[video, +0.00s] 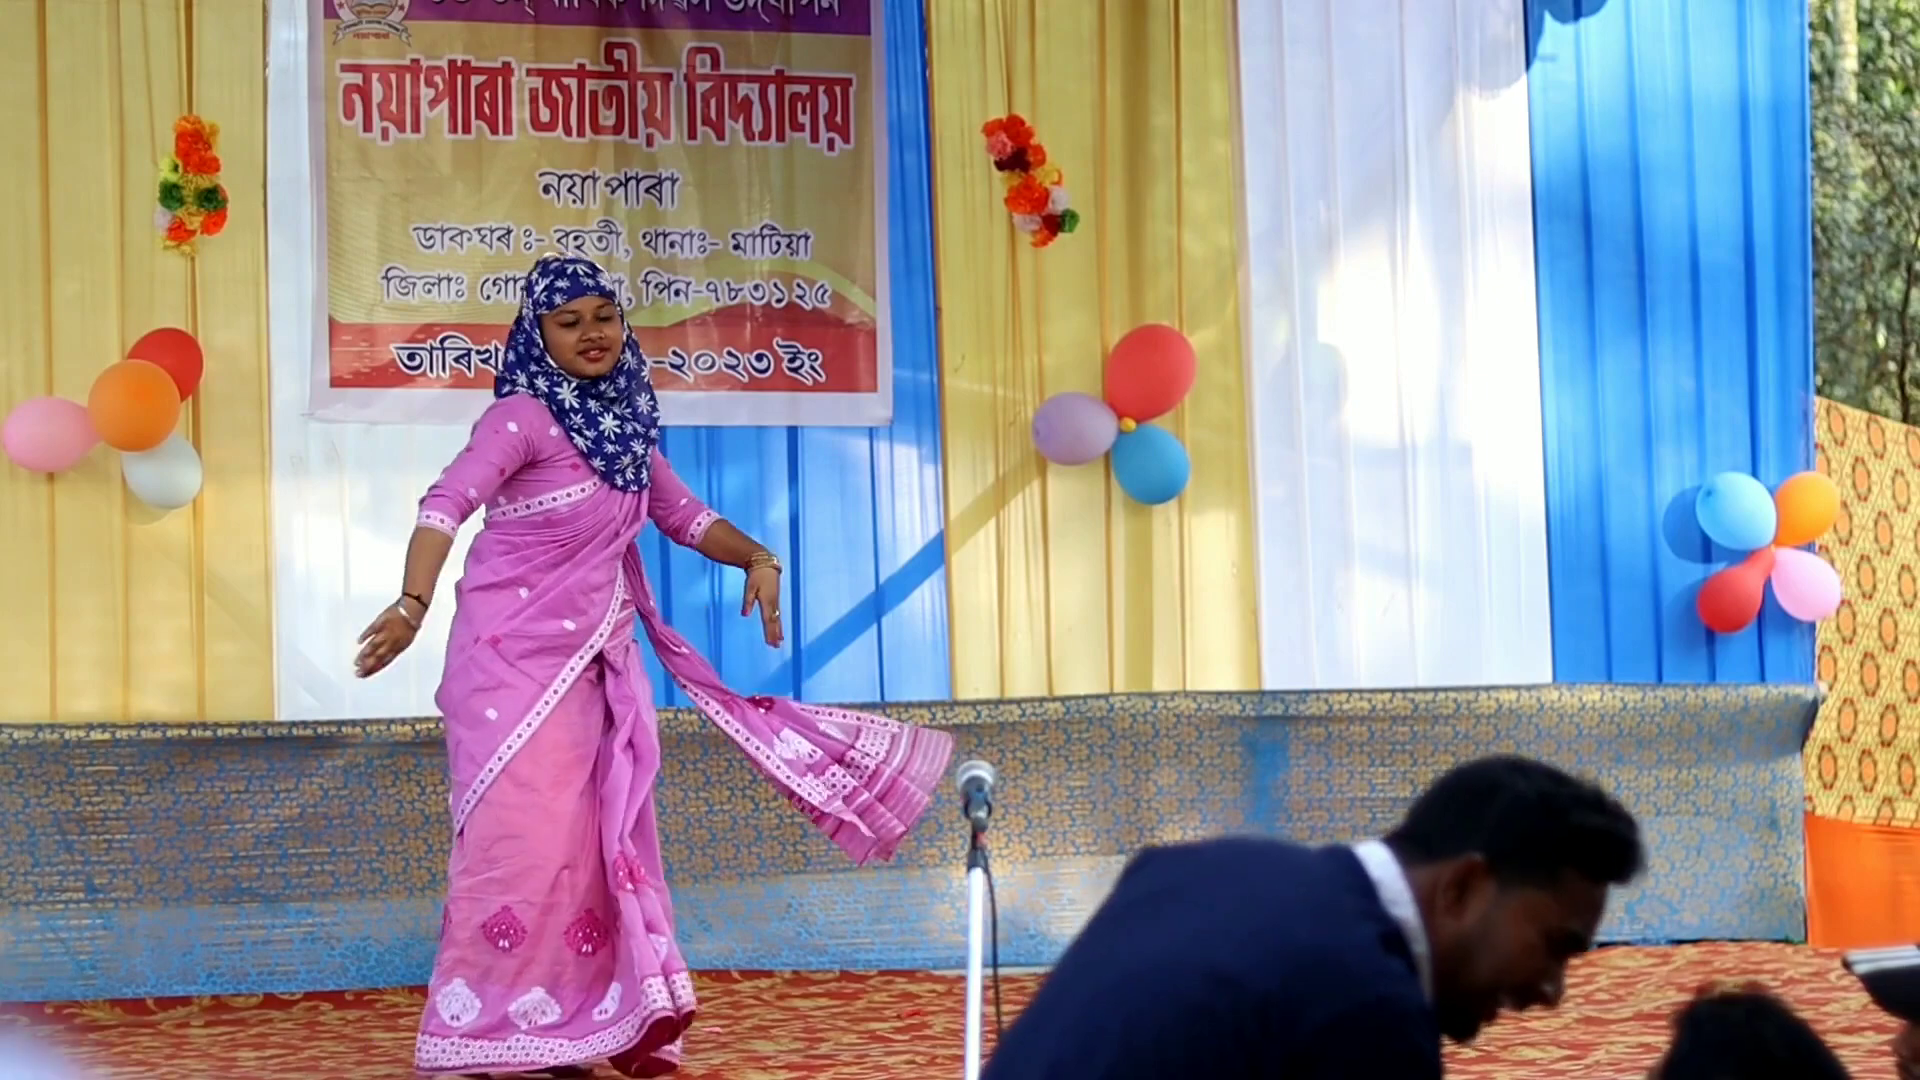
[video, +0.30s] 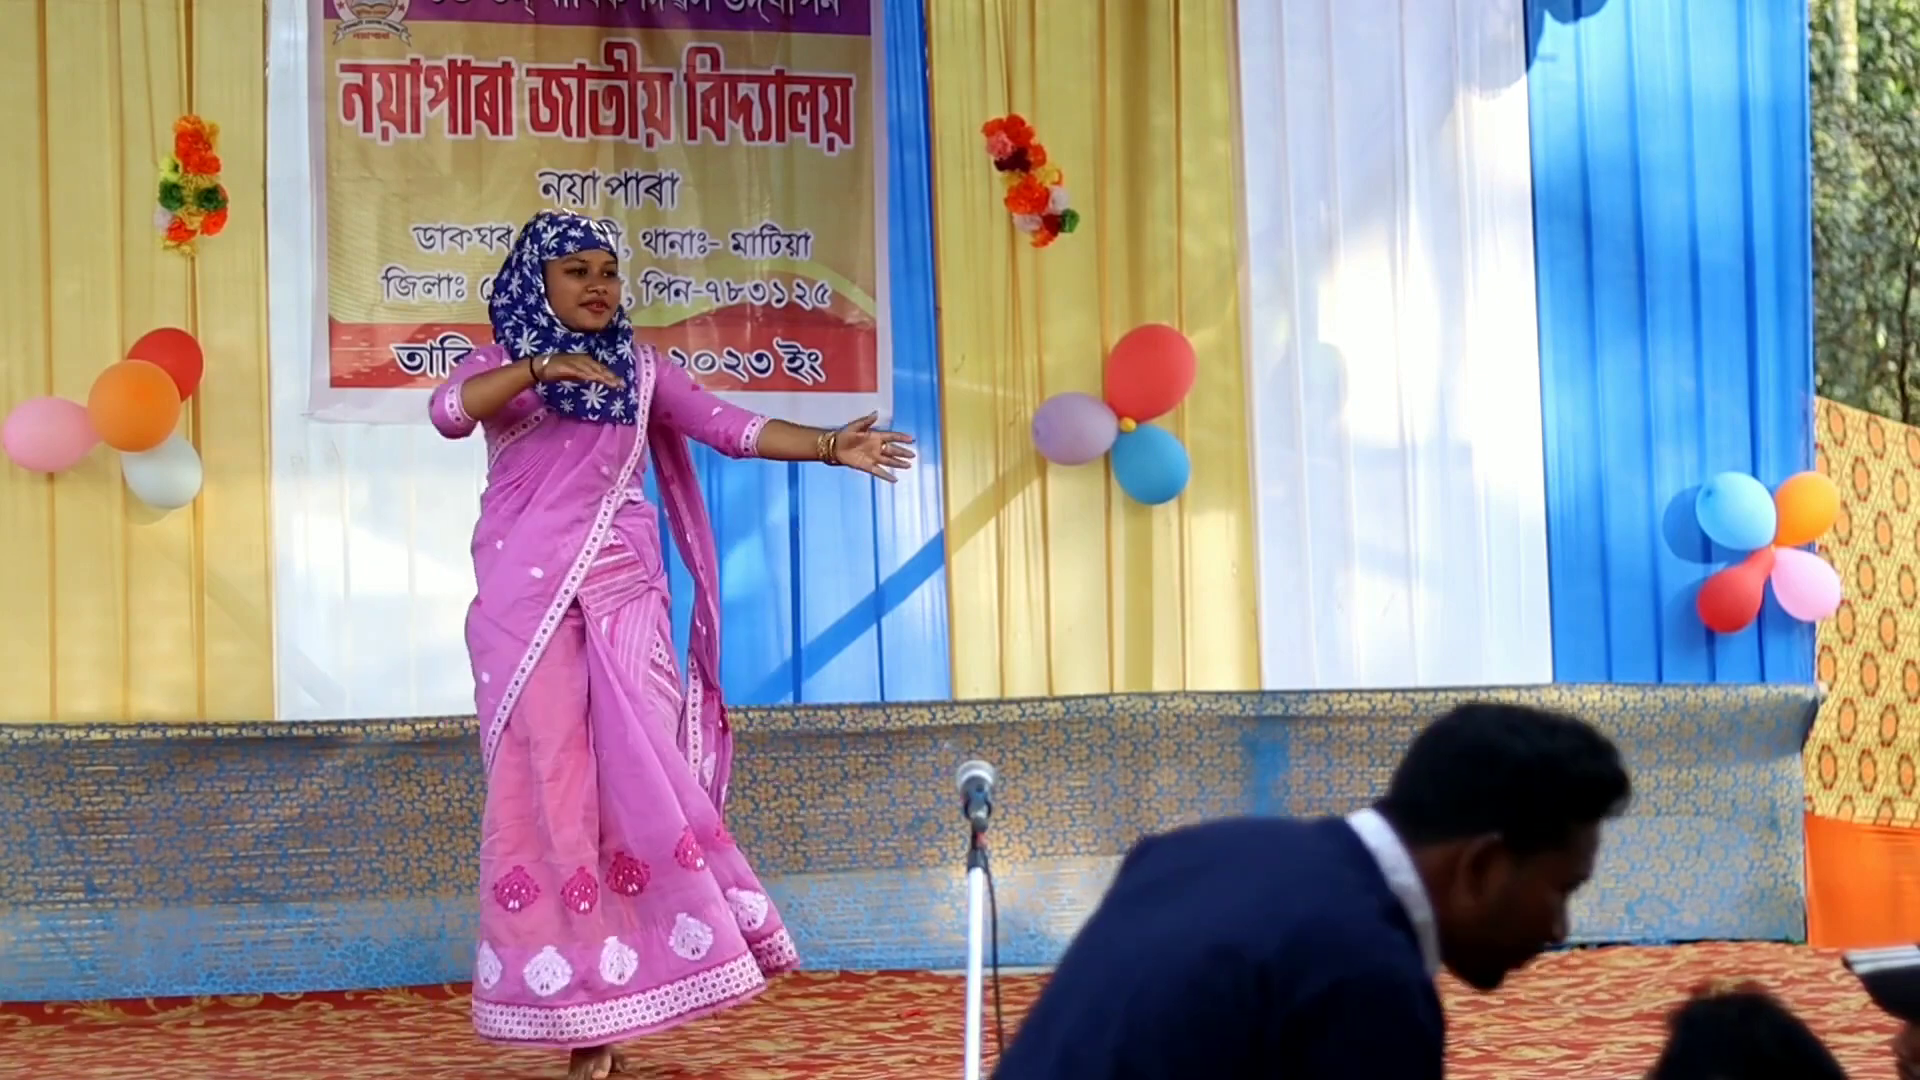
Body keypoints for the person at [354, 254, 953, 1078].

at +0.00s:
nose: (594, 337)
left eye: (606, 319)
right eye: (572, 324)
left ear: (623, 321)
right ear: (539, 335)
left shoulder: (629, 421)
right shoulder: (522, 416)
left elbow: (686, 518)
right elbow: (444, 507)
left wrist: (756, 556)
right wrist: (413, 602)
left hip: (599, 661)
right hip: (514, 662)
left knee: (604, 836)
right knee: (530, 839)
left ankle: (605, 1019)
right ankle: (494, 1036)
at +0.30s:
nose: (599, 288)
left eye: (609, 274)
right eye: (579, 274)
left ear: (621, 283)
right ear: (536, 285)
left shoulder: (642, 368)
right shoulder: (501, 365)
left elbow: (730, 426)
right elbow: (448, 411)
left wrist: (830, 445)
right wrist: (537, 369)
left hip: (628, 603)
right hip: (527, 606)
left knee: (643, 783)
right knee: (554, 793)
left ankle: (630, 990)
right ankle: (580, 1011)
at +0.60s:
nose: (614, 307)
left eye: (619, 295)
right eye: (595, 294)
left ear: (625, 308)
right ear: (545, 306)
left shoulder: (649, 385)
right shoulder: (507, 404)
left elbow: (721, 438)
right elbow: (459, 484)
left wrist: (789, 458)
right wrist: (535, 452)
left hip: (665, 627)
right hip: (560, 638)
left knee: (711, 802)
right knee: (578, 825)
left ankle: (763, 1007)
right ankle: (594, 1034)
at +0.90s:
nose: (629, 363)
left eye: (633, 350)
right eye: (606, 351)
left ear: (641, 362)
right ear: (561, 368)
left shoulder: (669, 441)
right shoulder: (531, 467)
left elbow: (777, 473)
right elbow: (458, 533)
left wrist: (865, 453)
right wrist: (518, 443)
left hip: (700, 670)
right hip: (591, 690)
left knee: (789, 792)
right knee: (586, 877)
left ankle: (850, 901)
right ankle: (630, 1043)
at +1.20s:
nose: (657, 349)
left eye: (652, 337)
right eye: (631, 341)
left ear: (653, 365)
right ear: (585, 374)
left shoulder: (698, 441)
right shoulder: (578, 474)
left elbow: (817, 433)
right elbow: (653, 484)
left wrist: (875, 373)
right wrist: (739, 394)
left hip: (776, 654)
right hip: (682, 676)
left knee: (837, 826)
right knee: (683, 867)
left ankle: (881, 1031)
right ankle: (658, 1037)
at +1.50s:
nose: (668, 352)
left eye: (659, 344)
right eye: (645, 349)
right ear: (605, 385)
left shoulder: (719, 447)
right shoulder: (585, 482)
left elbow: (837, 443)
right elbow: (565, 556)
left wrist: (917, 381)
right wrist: (626, 464)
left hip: (732, 685)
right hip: (625, 695)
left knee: (809, 817)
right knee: (624, 862)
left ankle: (808, 1032)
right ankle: (632, 1041)